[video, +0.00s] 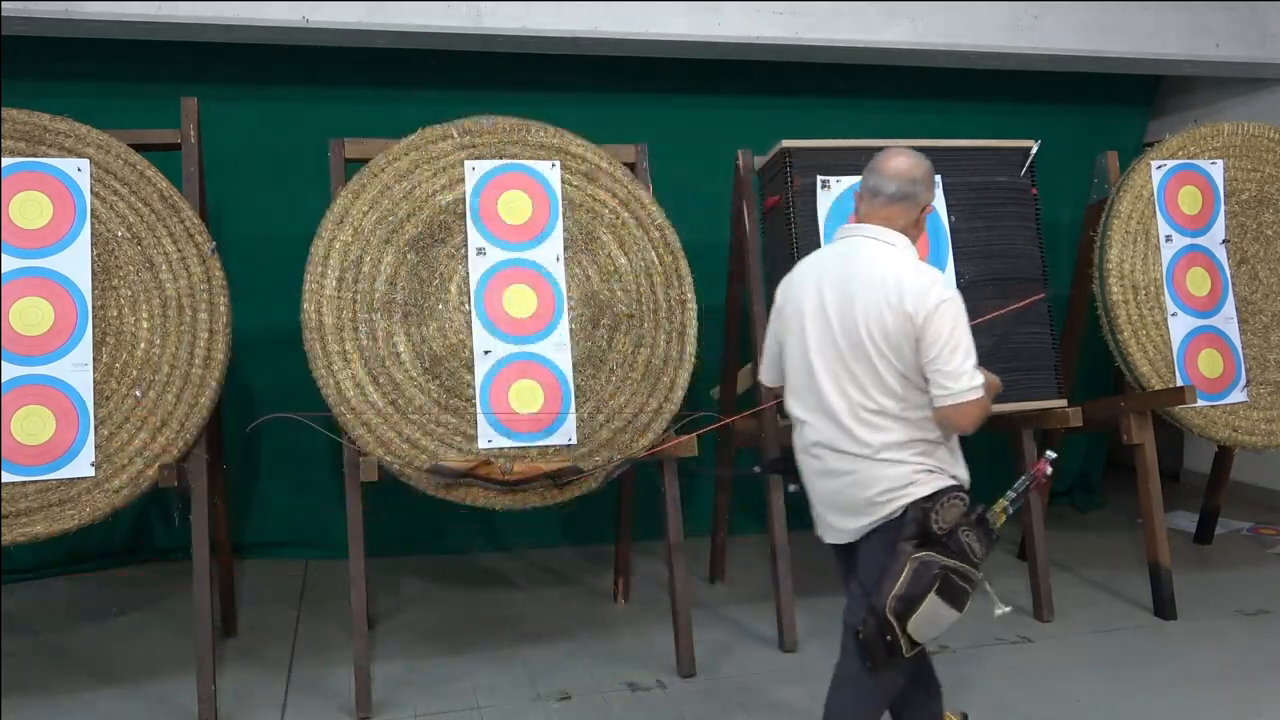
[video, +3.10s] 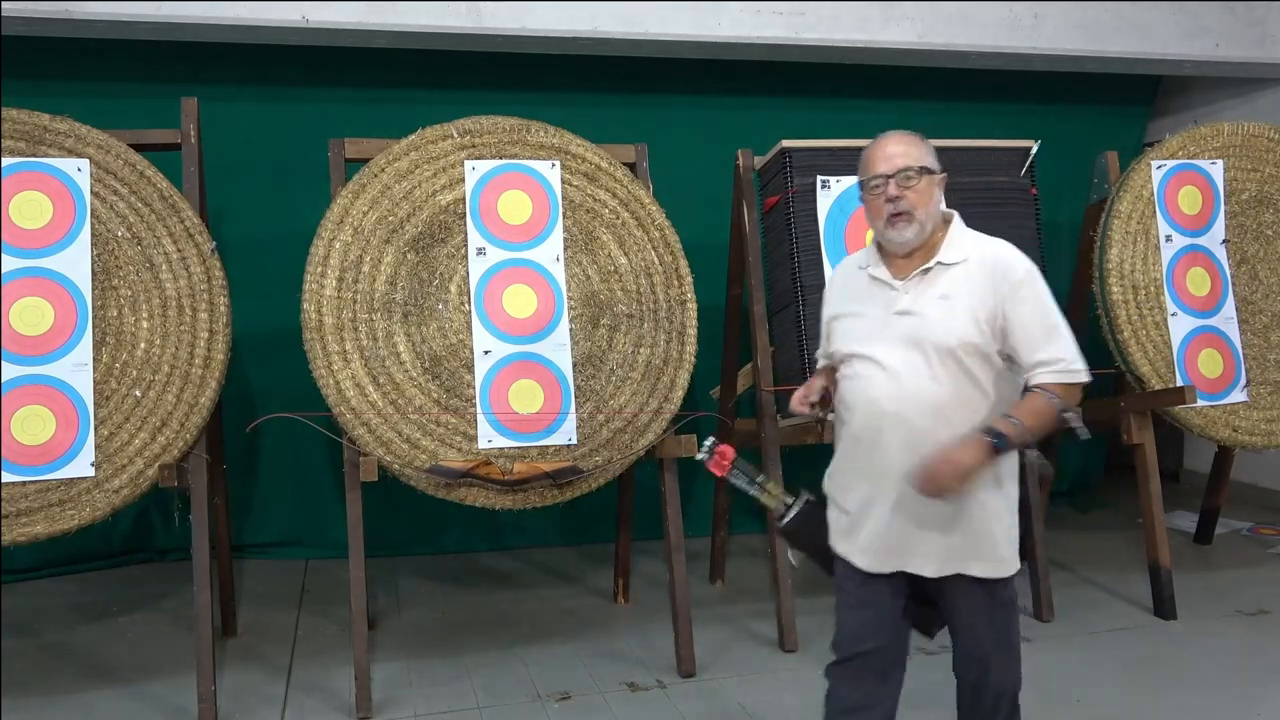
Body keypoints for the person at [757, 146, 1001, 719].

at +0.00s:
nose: (927, 219)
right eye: (927, 209)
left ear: (857, 200)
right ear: (922, 213)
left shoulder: (797, 280)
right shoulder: (926, 289)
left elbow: (774, 384)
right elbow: (960, 416)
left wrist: (843, 378)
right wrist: (986, 388)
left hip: (830, 495)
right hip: (909, 494)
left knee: (892, 633)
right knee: (870, 642)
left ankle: (925, 714)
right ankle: (846, 715)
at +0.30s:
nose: (974, 210)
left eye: (974, 202)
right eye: (975, 202)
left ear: (910, 191)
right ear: (967, 202)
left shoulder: (866, 262)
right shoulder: (966, 265)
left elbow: (850, 363)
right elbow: (985, 380)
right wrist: (1025, 371)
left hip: (874, 471)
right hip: (955, 465)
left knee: (901, 604)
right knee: (973, 604)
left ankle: (915, 709)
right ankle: (943, 708)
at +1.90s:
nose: (1018, 205)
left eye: (1016, 195)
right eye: (1006, 197)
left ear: (969, 205)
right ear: (967, 206)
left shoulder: (953, 245)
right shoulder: (952, 261)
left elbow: (902, 313)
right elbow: (911, 359)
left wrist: (981, 349)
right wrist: (991, 375)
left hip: (971, 438)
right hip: (967, 447)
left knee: (968, 545)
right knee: (972, 562)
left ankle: (935, 630)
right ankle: (942, 676)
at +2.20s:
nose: (983, 201)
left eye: (988, 189)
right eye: (966, 195)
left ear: (995, 193)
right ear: (936, 208)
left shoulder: (996, 257)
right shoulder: (916, 276)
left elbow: (1001, 340)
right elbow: (886, 378)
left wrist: (1049, 386)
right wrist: (968, 377)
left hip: (1020, 449)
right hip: (953, 459)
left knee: (1049, 557)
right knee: (961, 568)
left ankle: (1019, 669)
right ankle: (942, 676)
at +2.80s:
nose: (953, 185)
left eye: (969, 172)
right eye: (939, 175)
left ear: (996, 183)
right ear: (923, 187)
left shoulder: (1045, 269)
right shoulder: (888, 265)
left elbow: (1084, 385)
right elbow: (845, 354)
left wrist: (1097, 478)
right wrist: (861, 360)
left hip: (997, 498)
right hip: (905, 492)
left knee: (1002, 646)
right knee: (914, 620)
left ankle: (994, 715)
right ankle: (956, 694)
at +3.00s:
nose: (915, 188)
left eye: (931, 173)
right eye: (899, 178)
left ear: (961, 182)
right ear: (886, 195)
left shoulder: (1020, 264)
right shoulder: (867, 269)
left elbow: (1083, 378)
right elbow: (850, 353)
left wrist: (1049, 465)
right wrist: (838, 373)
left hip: (984, 524)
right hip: (881, 520)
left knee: (993, 683)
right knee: (875, 671)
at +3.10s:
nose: (892, 195)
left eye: (908, 179)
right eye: (876, 185)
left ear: (939, 186)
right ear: (864, 201)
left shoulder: (999, 267)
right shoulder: (845, 279)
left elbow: (1062, 379)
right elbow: (837, 364)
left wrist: (985, 443)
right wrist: (823, 382)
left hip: (971, 531)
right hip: (867, 528)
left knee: (990, 692)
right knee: (856, 688)